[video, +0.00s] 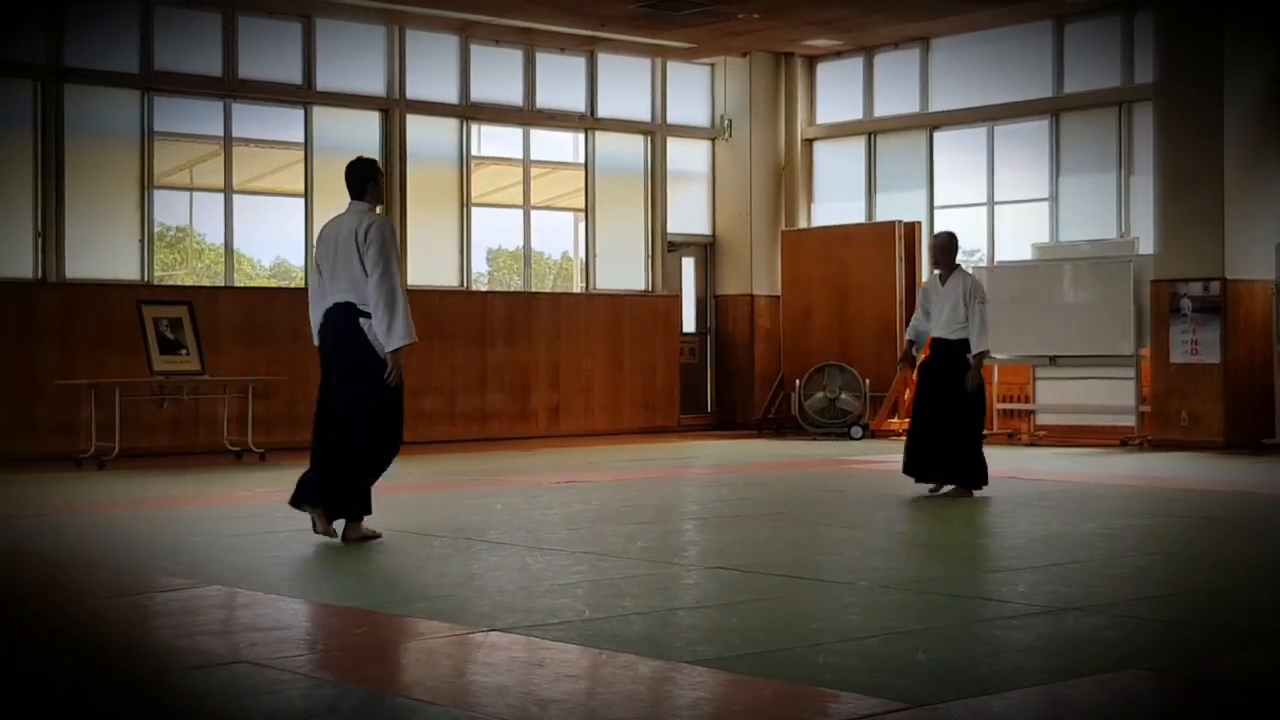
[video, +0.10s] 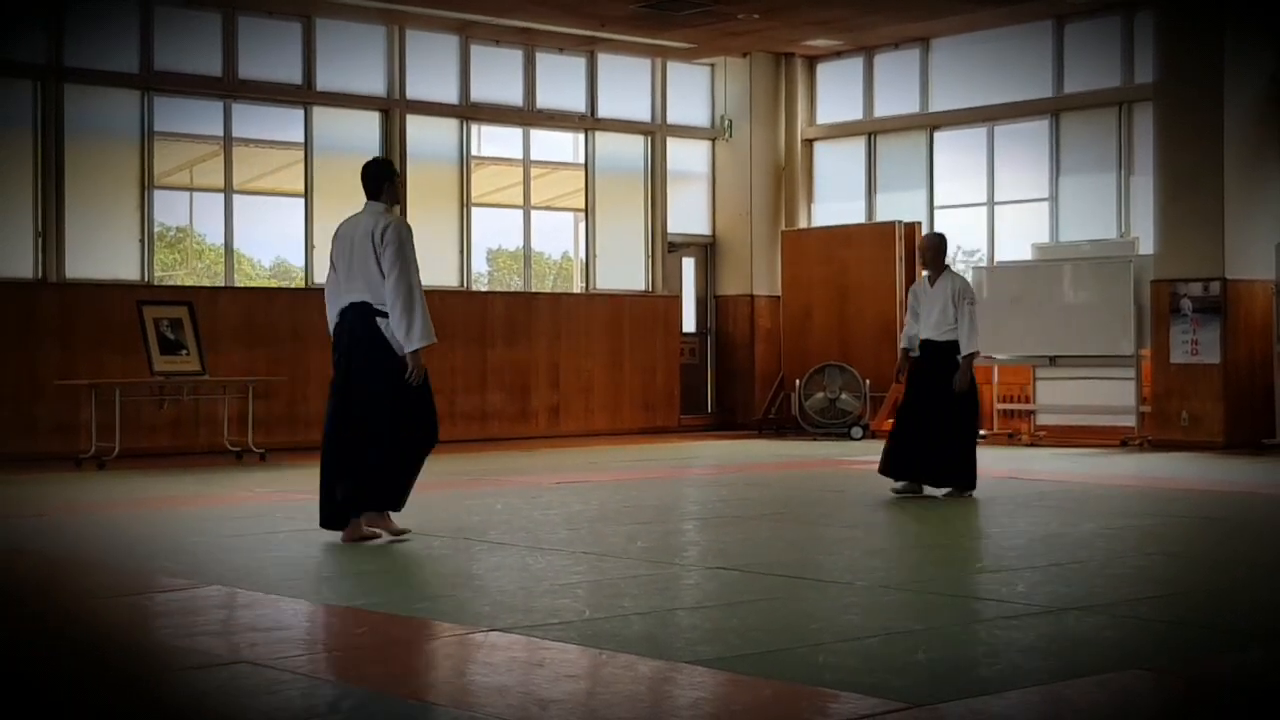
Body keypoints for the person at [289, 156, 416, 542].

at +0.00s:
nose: (384, 189)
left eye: (381, 182)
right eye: (382, 183)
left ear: (349, 187)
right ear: (374, 186)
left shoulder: (328, 229)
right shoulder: (376, 226)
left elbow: (318, 287)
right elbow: (383, 287)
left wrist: (321, 334)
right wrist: (392, 344)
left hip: (332, 329)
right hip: (365, 329)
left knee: (341, 419)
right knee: (383, 427)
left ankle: (353, 520)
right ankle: (322, 497)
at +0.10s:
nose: (402, 188)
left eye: (400, 182)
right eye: (400, 182)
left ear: (366, 188)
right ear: (393, 186)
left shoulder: (344, 228)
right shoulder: (393, 227)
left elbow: (332, 287)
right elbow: (401, 289)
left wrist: (339, 333)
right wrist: (412, 345)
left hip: (348, 333)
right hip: (382, 332)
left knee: (358, 423)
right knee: (418, 422)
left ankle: (354, 522)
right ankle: (378, 507)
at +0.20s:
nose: (420, 191)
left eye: (418, 185)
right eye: (416, 186)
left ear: (385, 191)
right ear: (407, 190)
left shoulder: (361, 233)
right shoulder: (411, 230)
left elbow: (348, 291)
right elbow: (419, 293)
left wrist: (352, 338)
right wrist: (431, 347)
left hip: (364, 340)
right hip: (402, 340)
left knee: (355, 428)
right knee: (443, 423)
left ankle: (351, 522)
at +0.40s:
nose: (461, 203)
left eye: (459, 198)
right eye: (459, 198)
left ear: (427, 202)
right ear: (453, 201)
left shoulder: (400, 243)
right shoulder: (456, 243)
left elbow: (384, 298)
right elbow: (465, 304)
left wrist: (390, 345)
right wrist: (478, 361)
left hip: (406, 348)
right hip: (445, 347)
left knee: (382, 426)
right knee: (475, 428)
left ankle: (358, 513)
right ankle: (502, 511)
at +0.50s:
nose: (484, 201)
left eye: (482, 195)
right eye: (482, 195)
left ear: (449, 199)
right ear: (474, 199)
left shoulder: (424, 239)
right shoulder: (481, 241)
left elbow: (406, 296)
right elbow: (493, 304)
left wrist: (422, 332)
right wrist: (505, 359)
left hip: (436, 343)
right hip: (473, 343)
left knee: (412, 419)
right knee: (490, 426)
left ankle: (378, 493)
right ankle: (504, 511)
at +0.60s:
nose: (505, 198)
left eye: (503, 192)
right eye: (503, 193)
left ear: (471, 196)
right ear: (496, 196)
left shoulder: (445, 235)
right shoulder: (504, 237)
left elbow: (426, 291)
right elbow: (518, 300)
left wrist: (441, 330)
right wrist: (532, 354)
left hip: (458, 336)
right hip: (495, 337)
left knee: (452, 412)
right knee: (505, 422)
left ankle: (419, 478)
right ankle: (505, 512)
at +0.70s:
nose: (525, 196)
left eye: (523, 191)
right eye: (523, 191)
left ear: (491, 195)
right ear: (517, 195)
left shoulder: (464, 233)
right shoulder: (525, 235)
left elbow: (444, 286)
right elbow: (543, 295)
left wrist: (462, 327)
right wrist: (561, 346)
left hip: (476, 332)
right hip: (512, 333)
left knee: (485, 410)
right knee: (517, 418)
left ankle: (472, 486)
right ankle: (506, 513)